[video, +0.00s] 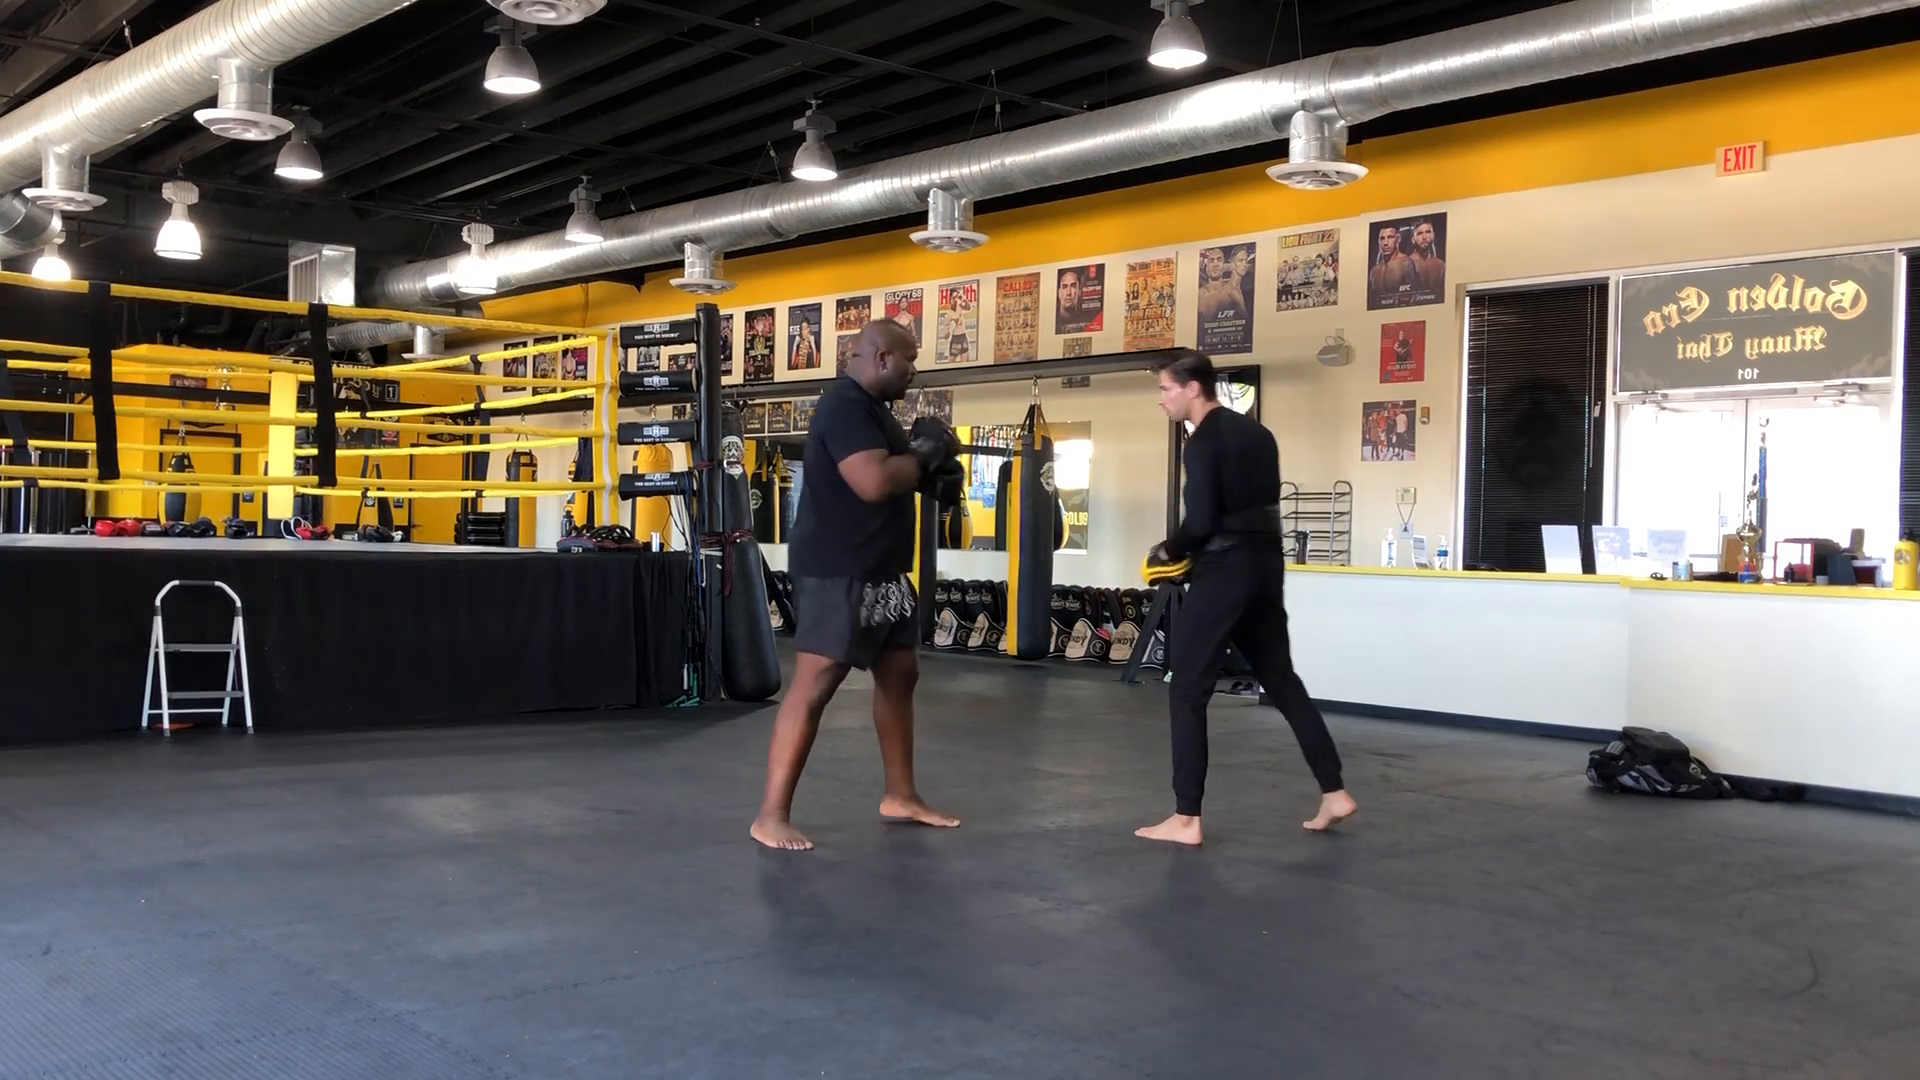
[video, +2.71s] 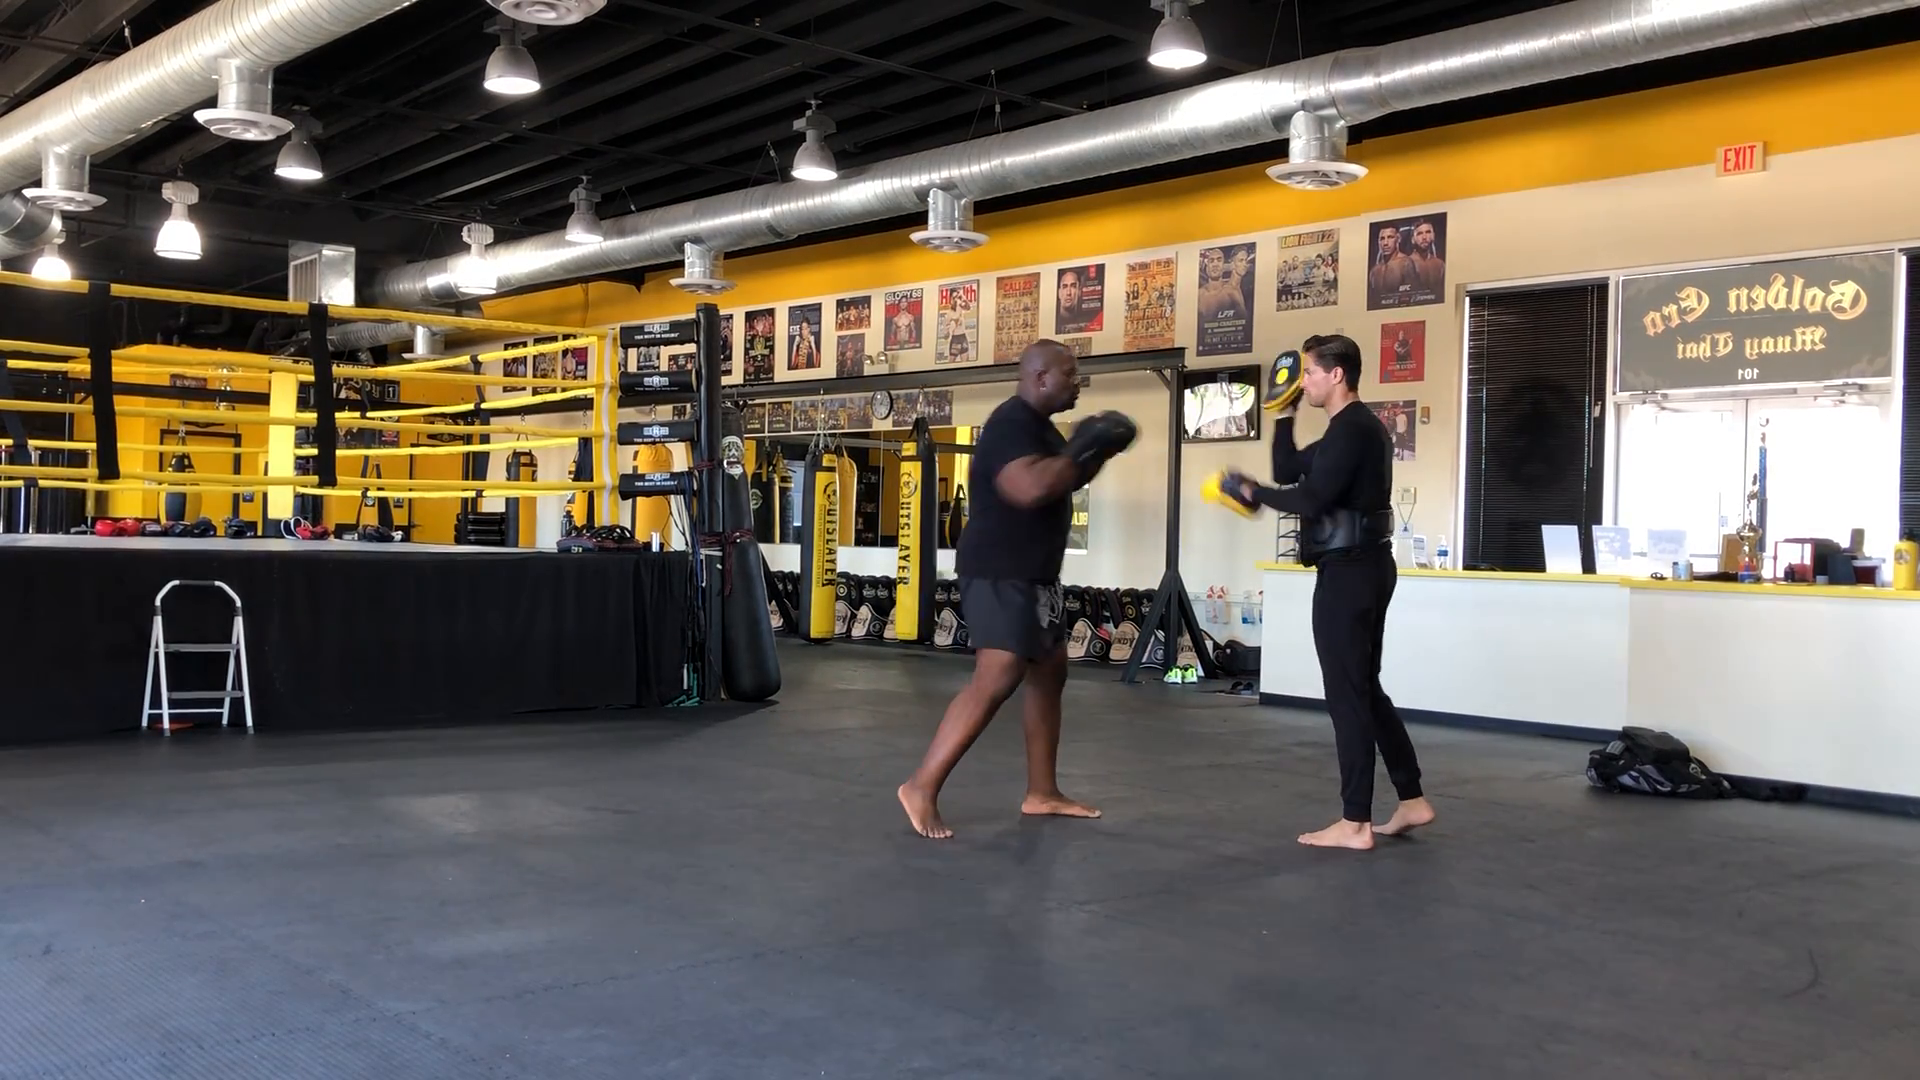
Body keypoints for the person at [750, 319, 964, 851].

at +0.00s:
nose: (913, 370)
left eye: (913, 361)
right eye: (908, 360)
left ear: (878, 357)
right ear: (879, 357)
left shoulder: (878, 414)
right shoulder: (842, 405)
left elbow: (901, 473)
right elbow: (873, 481)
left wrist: (927, 467)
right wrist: (922, 455)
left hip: (883, 573)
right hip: (836, 574)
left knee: (899, 675)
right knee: (811, 687)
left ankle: (900, 796)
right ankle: (771, 818)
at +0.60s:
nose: (959, 387)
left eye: (961, 378)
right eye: (956, 376)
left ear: (924, 369)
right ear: (928, 370)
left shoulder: (916, 422)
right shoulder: (889, 414)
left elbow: (949, 480)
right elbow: (943, 483)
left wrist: (993, 457)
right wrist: (985, 442)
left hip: (922, 580)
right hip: (877, 579)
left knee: (970, 665)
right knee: (891, 689)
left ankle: (923, 777)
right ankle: (828, 816)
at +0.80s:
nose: (981, 385)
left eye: (982, 376)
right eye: (977, 375)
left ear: (948, 370)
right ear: (948, 370)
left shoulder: (954, 425)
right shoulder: (899, 417)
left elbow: (972, 479)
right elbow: (942, 480)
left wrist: (1013, 445)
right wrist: (985, 434)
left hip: (947, 578)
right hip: (895, 579)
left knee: (978, 674)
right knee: (884, 689)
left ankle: (978, 791)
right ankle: (829, 815)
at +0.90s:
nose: (996, 384)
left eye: (997, 376)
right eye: (991, 375)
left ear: (963, 373)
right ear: (959, 372)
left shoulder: (974, 419)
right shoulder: (909, 416)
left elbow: (1037, 440)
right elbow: (949, 467)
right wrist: (995, 422)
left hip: (959, 572)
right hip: (903, 570)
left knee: (977, 678)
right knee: (894, 678)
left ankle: (977, 796)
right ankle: (840, 811)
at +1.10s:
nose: (1014, 382)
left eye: (1015, 374)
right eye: (1009, 372)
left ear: (986, 371)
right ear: (977, 368)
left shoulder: (997, 430)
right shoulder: (924, 415)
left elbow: (1017, 495)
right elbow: (929, 483)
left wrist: (1057, 485)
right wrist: (991, 450)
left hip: (977, 576)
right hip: (917, 575)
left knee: (984, 677)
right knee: (906, 681)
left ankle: (977, 798)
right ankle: (853, 801)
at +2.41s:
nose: (1038, 384)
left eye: (1039, 374)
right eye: (1032, 373)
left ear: (1003, 375)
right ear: (1000, 374)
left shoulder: (1019, 431)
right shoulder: (951, 423)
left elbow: (1041, 486)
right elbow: (977, 481)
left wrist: (1072, 458)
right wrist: (1027, 439)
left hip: (1020, 580)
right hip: (961, 581)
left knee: (1045, 673)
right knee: (956, 686)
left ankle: (1043, 786)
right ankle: (907, 806)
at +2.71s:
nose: (1077, 384)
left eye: (1077, 376)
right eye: (1071, 375)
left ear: (1043, 378)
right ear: (1041, 377)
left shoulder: (1044, 430)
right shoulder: (1010, 421)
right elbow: (1026, 486)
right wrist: (1080, 452)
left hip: (1034, 575)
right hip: (998, 573)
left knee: (1048, 672)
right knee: (998, 673)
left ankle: (1042, 792)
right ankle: (920, 788)